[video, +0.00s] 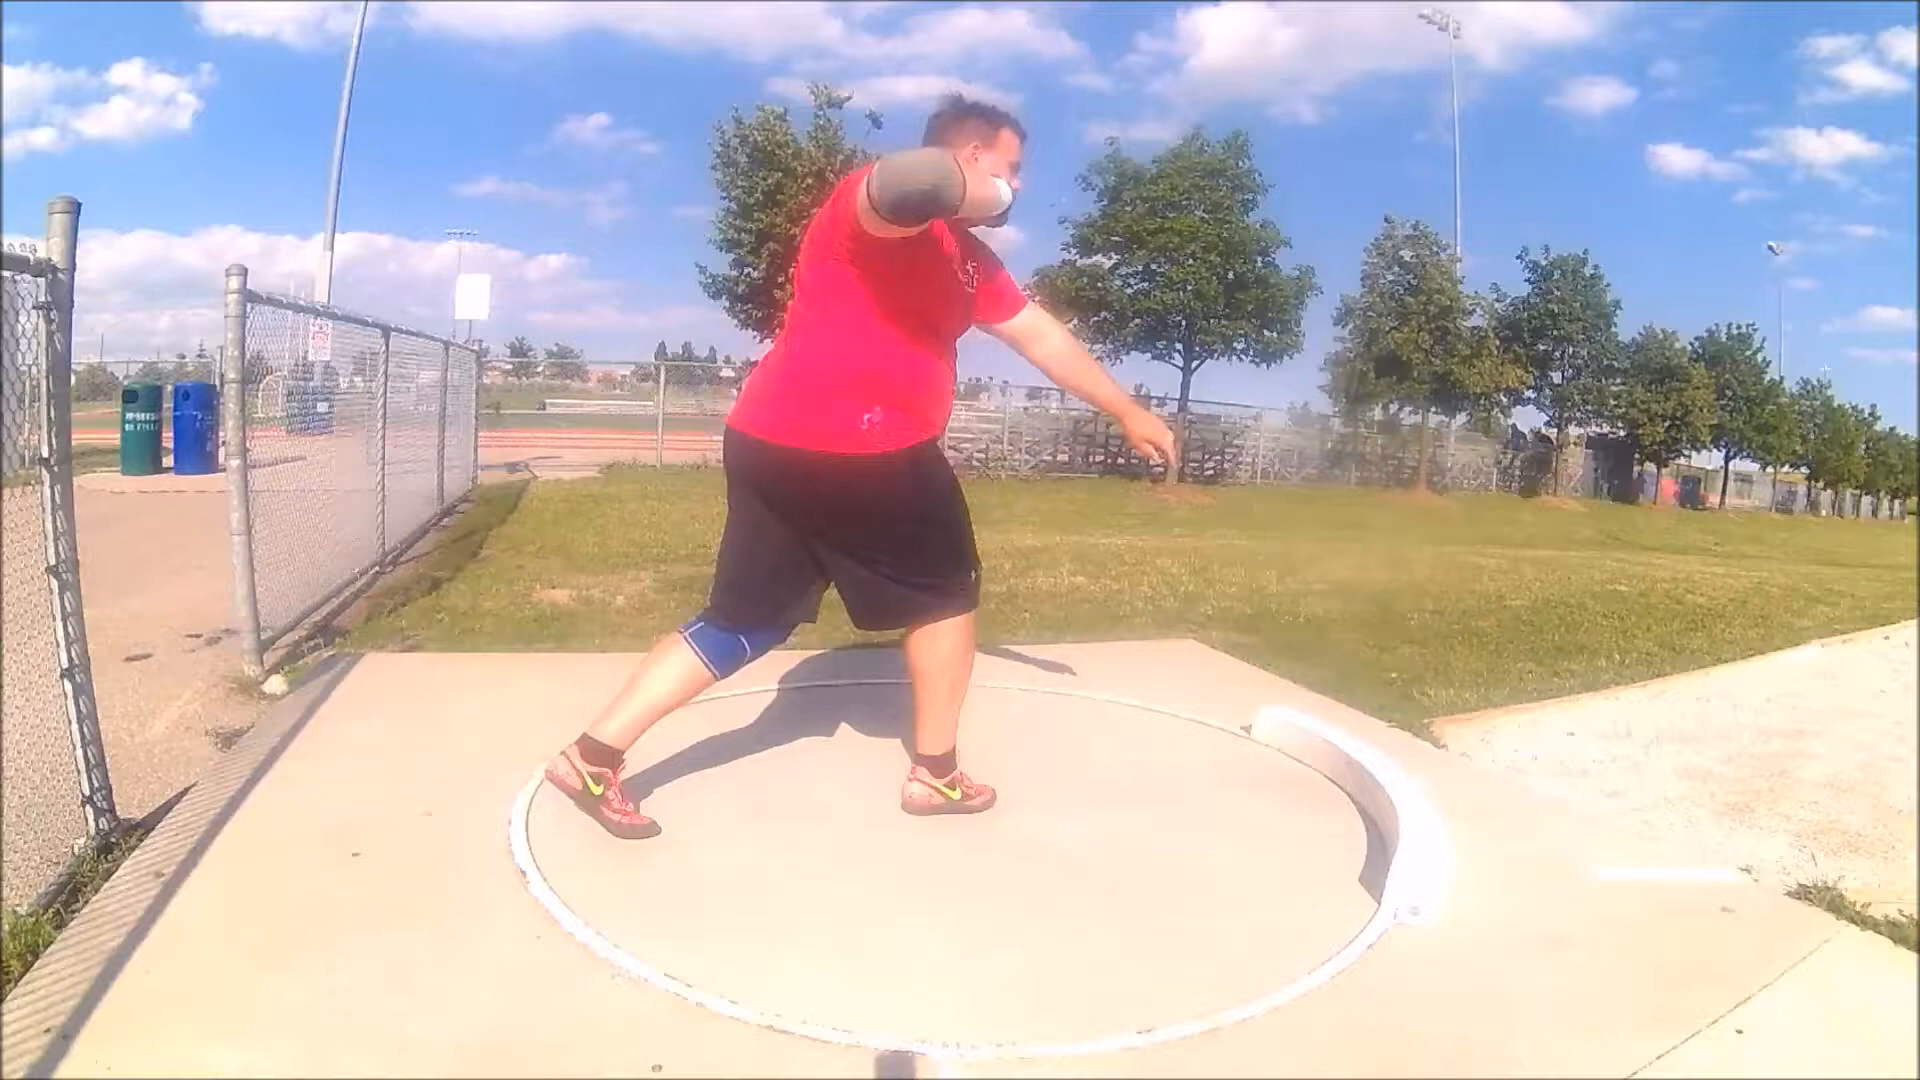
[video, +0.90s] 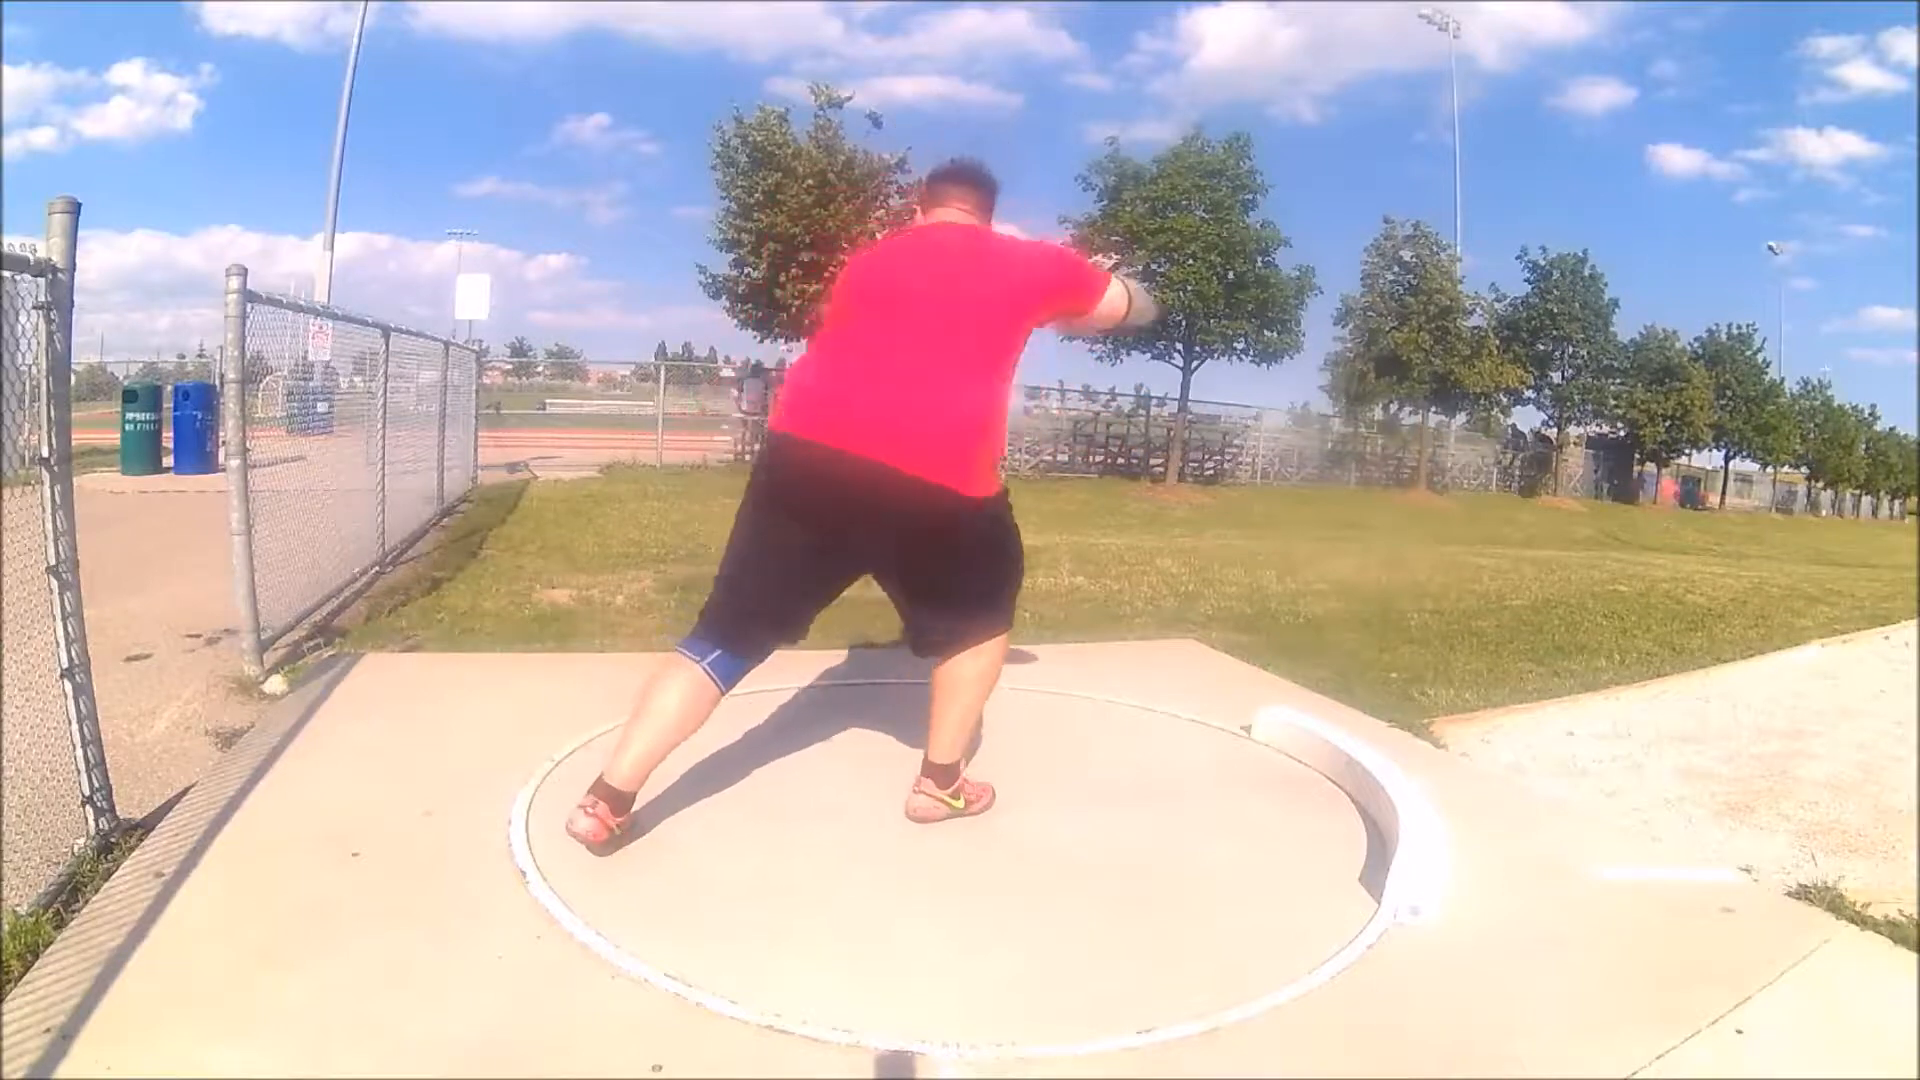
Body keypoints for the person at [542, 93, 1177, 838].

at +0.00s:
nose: (1014, 187)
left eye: (1017, 175)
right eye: (1010, 170)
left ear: (971, 160)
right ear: (962, 156)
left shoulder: (970, 261)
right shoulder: (871, 199)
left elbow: (1042, 337)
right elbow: (900, 189)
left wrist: (1129, 410)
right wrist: (961, 186)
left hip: (768, 441)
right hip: (876, 454)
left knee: (742, 618)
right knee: (945, 598)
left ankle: (596, 751)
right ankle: (933, 769)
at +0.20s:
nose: (1006, 180)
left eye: (1007, 163)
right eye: (1000, 158)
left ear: (949, 156)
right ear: (951, 148)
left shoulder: (966, 252)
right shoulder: (839, 200)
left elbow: (1045, 328)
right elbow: (832, 177)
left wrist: (1080, 396)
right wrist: (941, 181)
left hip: (755, 437)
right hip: (863, 447)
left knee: (732, 611)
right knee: (928, 593)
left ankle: (589, 754)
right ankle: (934, 770)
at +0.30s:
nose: (998, 172)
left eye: (1001, 157)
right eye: (990, 154)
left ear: (954, 148)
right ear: (940, 145)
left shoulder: (968, 250)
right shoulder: (831, 193)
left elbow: (1037, 327)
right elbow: (804, 172)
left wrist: (999, 374)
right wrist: (928, 173)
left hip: (748, 437)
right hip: (853, 448)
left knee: (726, 612)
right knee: (920, 595)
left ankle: (585, 756)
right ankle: (934, 769)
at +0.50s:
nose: (993, 179)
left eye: (994, 164)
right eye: (985, 161)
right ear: (935, 154)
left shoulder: (961, 253)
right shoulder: (826, 202)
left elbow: (1028, 330)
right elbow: (831, 182)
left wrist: (971, 359)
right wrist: (942, 190)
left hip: (739, 437)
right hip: (842, 451)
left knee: (727, 616)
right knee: (921, 598)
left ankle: (582, 761)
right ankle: (933, 776)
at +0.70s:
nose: (993, 213)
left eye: (993, 200)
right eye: (994, 196)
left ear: (926, 164)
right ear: (973, 181)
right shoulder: (911, 215)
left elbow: (1002, 364)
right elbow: (990, 231)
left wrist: (1086, 421)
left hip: (727, 446)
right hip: (840, 464)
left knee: (720, 625)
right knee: (937, 600)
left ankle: (588, 773)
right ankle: (930, 779)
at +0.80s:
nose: (996, 216)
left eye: (989, 207)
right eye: (997, 207)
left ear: (929, 186)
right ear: (993, 202)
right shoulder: (978, 234)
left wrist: (1034, 426)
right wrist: (1058, 266)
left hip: (742, 443)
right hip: (865, 471)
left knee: (715, 629)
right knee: (956, 596)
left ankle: (599, 783)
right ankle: (933, 777)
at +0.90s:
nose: (933, 212)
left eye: (926, 202)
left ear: (921, 207)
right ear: (992, 215)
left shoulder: (869, 255)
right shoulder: (1027, 261)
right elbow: (1130, 304)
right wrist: (1093, 274)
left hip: (809, 461)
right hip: (939, 485)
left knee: (722, 637)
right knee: (978, 617)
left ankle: (613, 791)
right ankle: (940, 777)